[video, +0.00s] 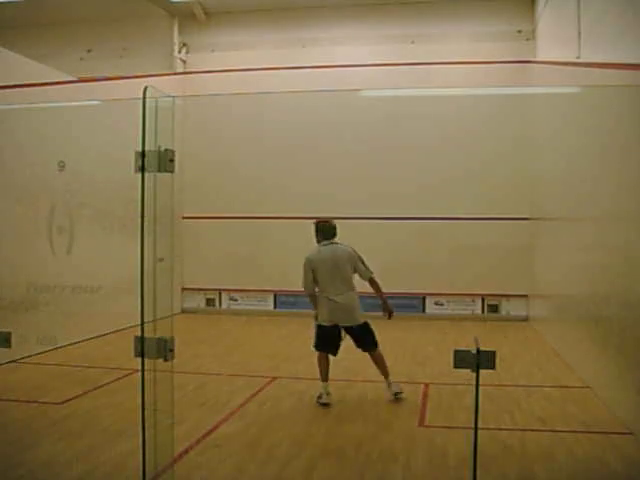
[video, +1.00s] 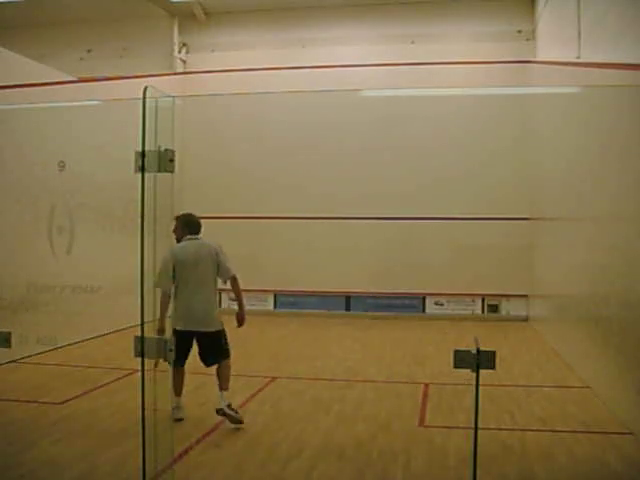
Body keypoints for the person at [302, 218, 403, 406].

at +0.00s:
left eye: (316, 234)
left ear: (317, 236)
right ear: (335, 234)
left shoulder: (312, 258)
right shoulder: (348, 252)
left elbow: (309, 290)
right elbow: (369, 277)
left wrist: (317, 309)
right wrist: (384, 302)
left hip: (326, 315)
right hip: (352, 313)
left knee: (323, 351)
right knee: (372, 348)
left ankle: (325, 392)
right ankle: (391, 385)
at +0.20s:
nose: (285, 221)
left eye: (287, 217)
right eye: (287, 217)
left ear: (293, 220)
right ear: (307, 221)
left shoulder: (284, 242)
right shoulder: (320, 240)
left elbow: (278, 277)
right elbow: (340, 267)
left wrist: (274, 304)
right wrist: (347, 296)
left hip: (291, 304)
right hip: (314, 304)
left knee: (293, 344)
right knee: (310, 347)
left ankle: (306, 383)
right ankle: (304, 387)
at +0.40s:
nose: (252, 230)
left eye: (254, 227)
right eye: (253, 226)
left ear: (260, 230)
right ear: (275, 231)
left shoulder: (249, 252)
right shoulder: (287, 251)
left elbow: (240, 288)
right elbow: (306, 280)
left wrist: (231, 316)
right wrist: (314, 309)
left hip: (251, 316)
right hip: (277, 318)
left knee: (234, 350)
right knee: (282, 359)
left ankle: (221, 389)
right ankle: (285, 402)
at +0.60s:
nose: (211, 239)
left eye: (213, 235)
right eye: (212, 235)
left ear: (220, 238)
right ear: (234, 239)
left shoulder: (208, 260)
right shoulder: (247, 260)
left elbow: (197, 297)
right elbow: (262, 290)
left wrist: (188, 326)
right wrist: (274, 317)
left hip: (211, 324)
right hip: (240, 324)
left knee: (193, 363)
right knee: (263, 359)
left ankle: (179, 405)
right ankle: (280, 401)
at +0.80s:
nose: (184, 233)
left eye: (187, 229)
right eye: (186, 229)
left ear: (194, 232)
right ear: (208, 232)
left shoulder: (183, 255)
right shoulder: (223, 252)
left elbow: (175, 292)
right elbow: (238, 280)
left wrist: (168, 321)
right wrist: (246, 309)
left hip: (192, 320)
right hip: (221, 319)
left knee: (183, 362)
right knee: (239, 356)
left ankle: (178, 406)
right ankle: (249, 403)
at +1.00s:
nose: (173, 231)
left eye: (176, 227)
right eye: (174, 227)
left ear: (184, 230)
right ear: (196, 231)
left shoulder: (173, 254)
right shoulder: (213, 250)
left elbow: (165, 292)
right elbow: (232, 278)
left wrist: (161, 322)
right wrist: (241, 308)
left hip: (182, 321)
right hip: (209, 320)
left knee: (178, 363)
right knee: (223, 357)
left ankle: (177, 406)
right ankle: (224, 401)